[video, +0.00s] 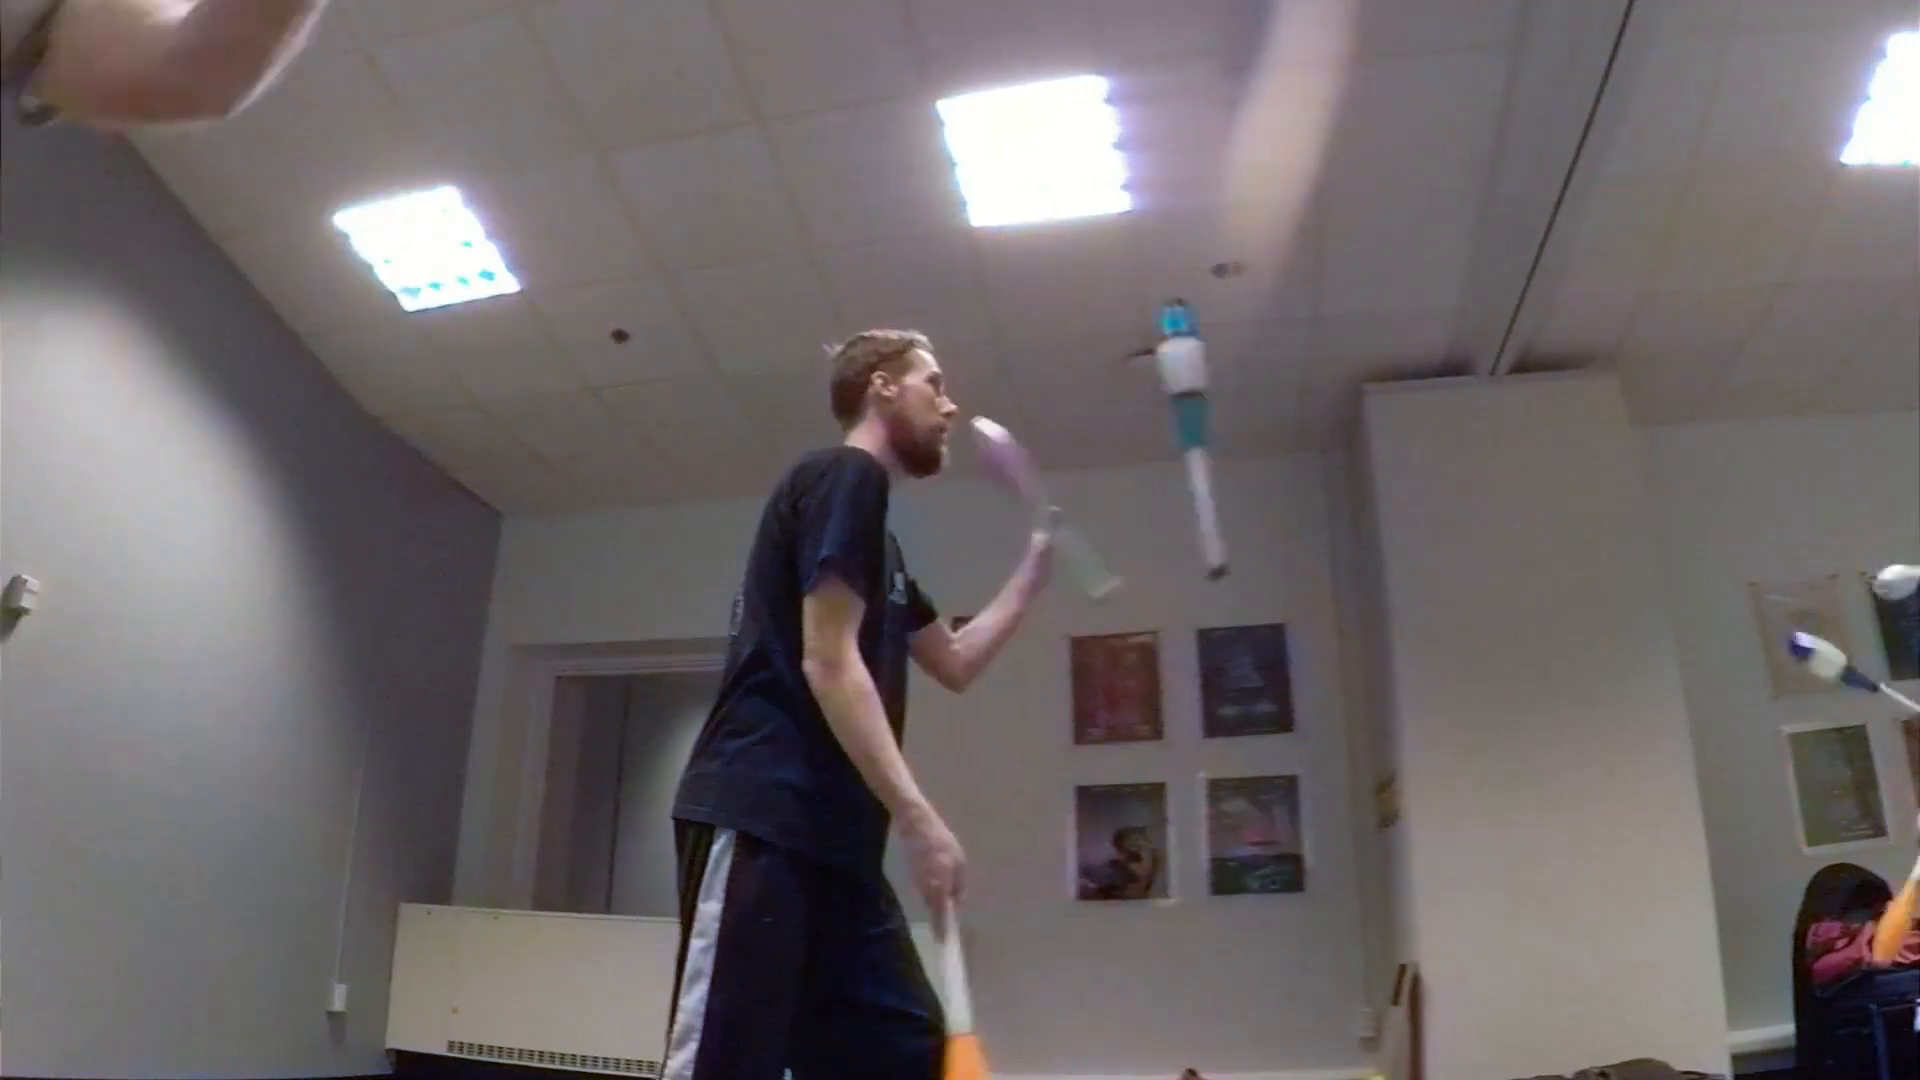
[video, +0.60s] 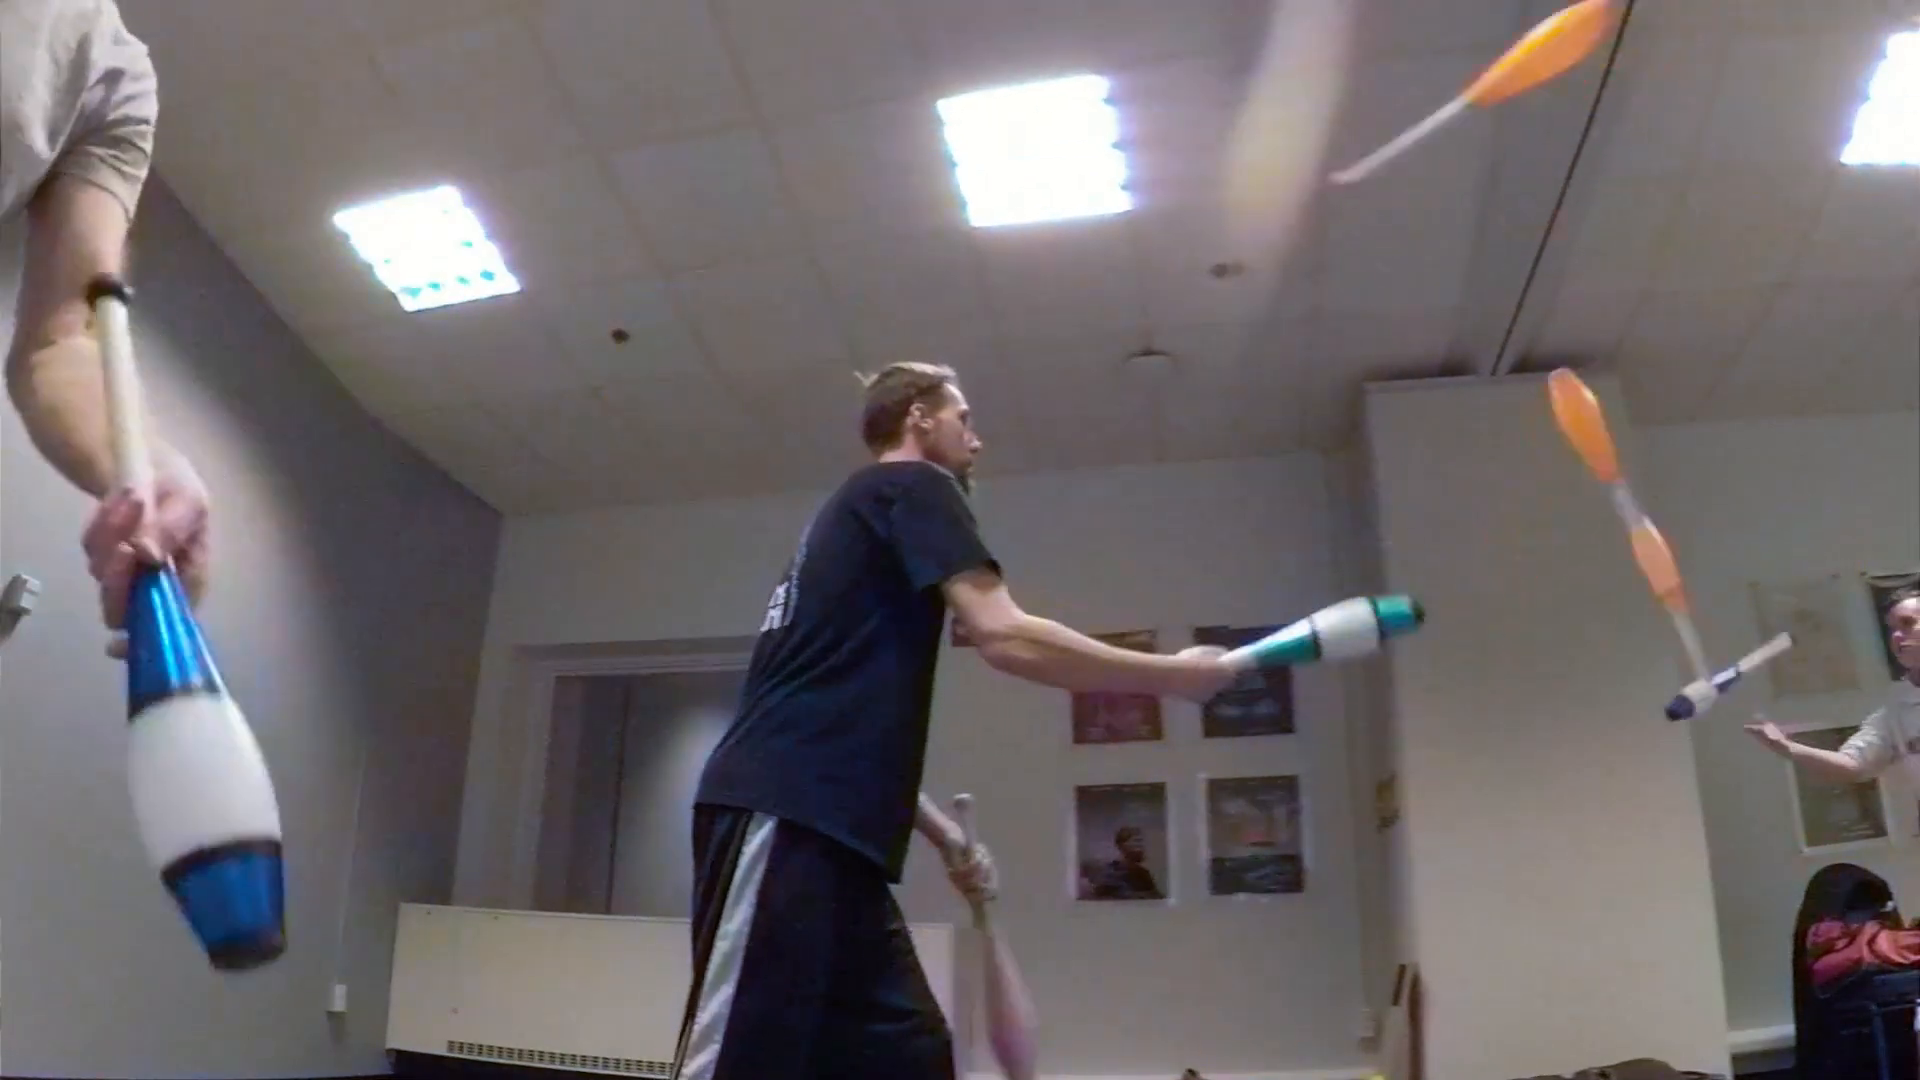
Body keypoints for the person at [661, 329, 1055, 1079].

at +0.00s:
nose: (950, 404)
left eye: (946, 388)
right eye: (934, 384)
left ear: (889, 392)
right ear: (881, 387)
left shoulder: (875, 539)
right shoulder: (847, 475)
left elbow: (956, 662)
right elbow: (829, 661)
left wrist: (1032, 570)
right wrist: (919, 817)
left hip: (824, 834)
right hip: (760, 820)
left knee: (903, 1042)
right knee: (720, 1057)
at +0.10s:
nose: (948, 406)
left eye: (944, 389)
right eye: (934, 386)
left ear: (878, 395)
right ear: (881, 390)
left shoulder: (828, 487)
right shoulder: (866, 479)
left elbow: (863, 673)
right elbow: (840, 664)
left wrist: (933, 620)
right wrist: (908, 830)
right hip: (775, 813)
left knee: (921, 1046)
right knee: (724, 1051)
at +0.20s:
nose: (947, 414)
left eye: (944, 397)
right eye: (933, 393)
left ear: (879, 401)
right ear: (887, 397)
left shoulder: (810, 498)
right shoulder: (888, 486)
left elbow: (790, 676)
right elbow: (892, 670)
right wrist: (987, 824)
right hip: (782, 822)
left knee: (912, 1050)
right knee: (727, 1060)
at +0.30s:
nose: (956, 421)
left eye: (952, 404)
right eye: (943, 402)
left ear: (890, 409)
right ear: (898, 405)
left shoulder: (818, 504)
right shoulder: (901, 492)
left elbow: (769, 662)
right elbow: (970, 669)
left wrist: (861, 744)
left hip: (808, 823)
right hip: (778, 815)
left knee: (905, 1049)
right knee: (731, 1058)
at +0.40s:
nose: (968, 431)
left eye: (964, 414)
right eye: (954, 409)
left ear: (891, 420)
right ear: (907, 411)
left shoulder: (832, 512)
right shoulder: (911, 491)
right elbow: (1038, 644)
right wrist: (1193, 686)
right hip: (788, 811)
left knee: (902, 1043)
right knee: (732, 1052)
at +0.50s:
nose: (973, 435)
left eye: (969, 419)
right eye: (960, 417)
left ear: (897, 426)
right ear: (915, 419)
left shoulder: (845, 514)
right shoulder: (918, 492)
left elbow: (825, 636)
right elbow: (1049, 628)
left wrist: (929, 627)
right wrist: (1209, 653)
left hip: (810, 816)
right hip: (792, 810)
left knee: (902, 1046)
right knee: (735, 1051)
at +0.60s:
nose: (974, 436)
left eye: (970, 417)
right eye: (962, 416)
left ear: (911, 425)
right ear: (916, 421)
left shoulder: (866, 506)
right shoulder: (909, 486)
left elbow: (832, 713)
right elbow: (1003, 633)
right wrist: (1174, 671)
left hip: (819, 823)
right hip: (790, 810)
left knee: (906, 1049)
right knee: (731, 1054)